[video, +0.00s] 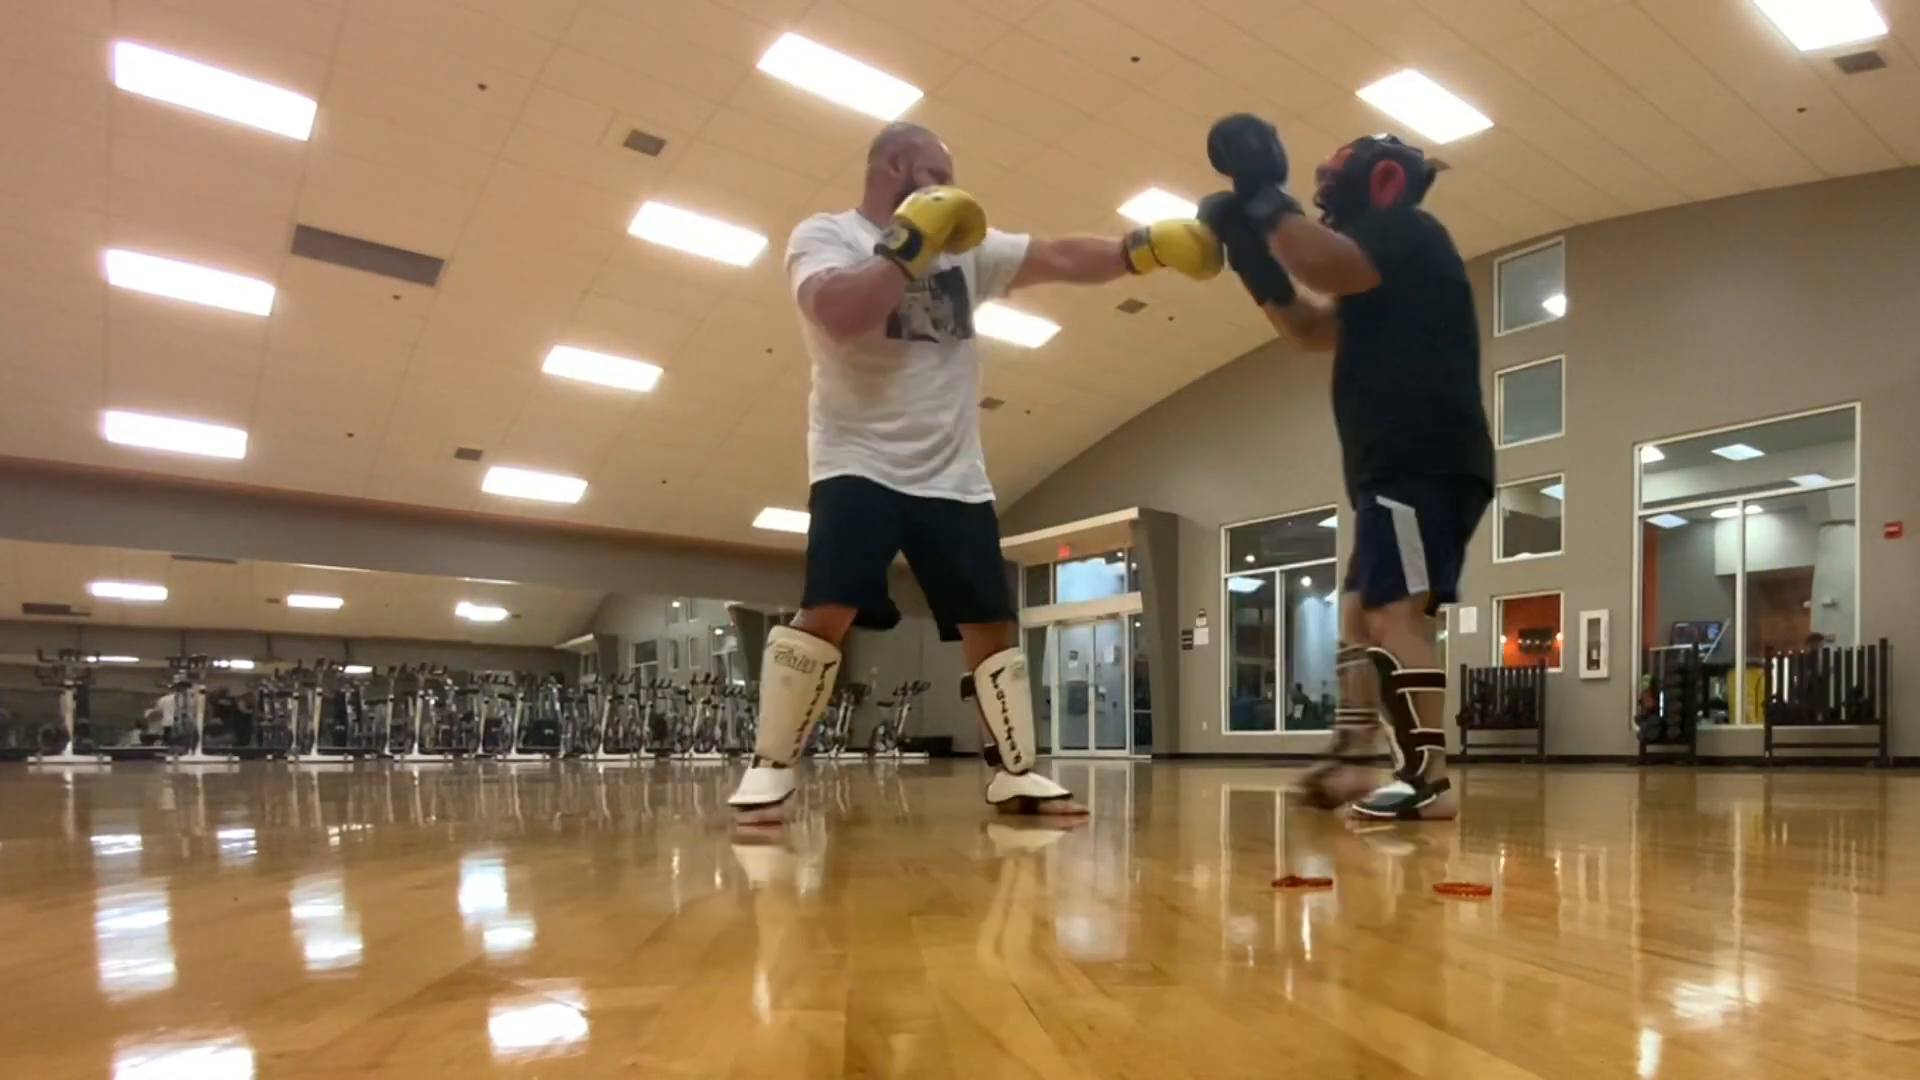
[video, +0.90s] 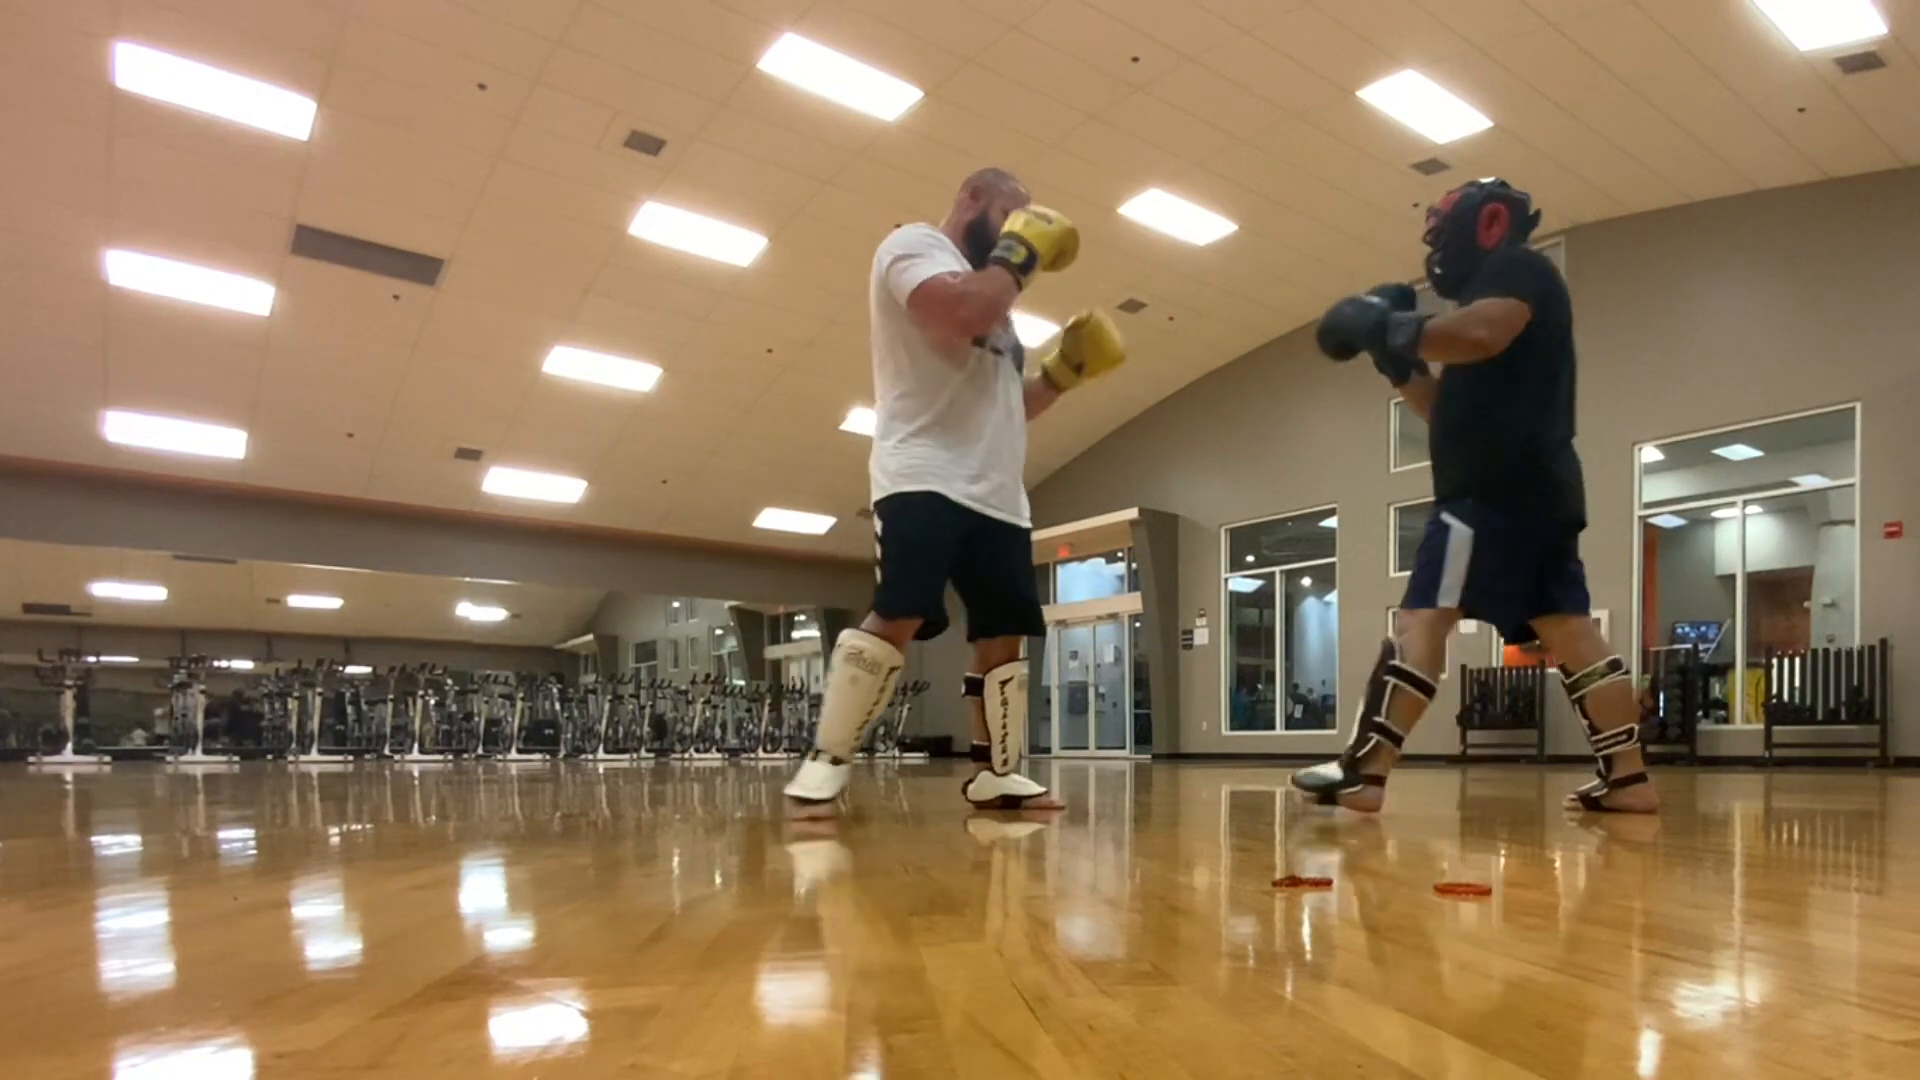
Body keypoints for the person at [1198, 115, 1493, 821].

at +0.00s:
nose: (1324, 202)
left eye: (1333, 188)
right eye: (1323, 191)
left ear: (1376, 180)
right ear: (1382, 186)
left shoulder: (1409, 231)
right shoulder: (1379, 276)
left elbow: (1327, 263)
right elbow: (1309, 331)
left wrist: (1265, 197)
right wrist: (1251, 259)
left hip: (1425, 453)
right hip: (1391, 461)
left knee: (1396, 614)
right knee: (1361, 610)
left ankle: (1429, 778)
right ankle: (1356, 757)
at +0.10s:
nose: (1354, 189)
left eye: (1367, 175)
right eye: (1356, 180)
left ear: (1418, 178)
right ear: (1419, 183)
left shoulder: (1451, 232)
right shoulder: (1410, 259)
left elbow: (1397, 276)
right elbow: (1349, 331)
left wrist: (1315, 213)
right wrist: (1288, 289)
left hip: (1446, 455)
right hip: (1432, 457)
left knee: (1415, 609)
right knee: (1422, 609)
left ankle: (1427, 777)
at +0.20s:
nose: (1387, 193)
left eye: (1401, 177)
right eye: (1389, 182)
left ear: (1452, 184)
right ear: (1454, 189)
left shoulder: (1480, 235)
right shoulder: (1433, 284)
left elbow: (1465, 285)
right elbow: (1414, 392)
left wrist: (1372, 233)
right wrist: (1348, 350)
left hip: (1456, 462)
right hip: (1501, 464)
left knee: (1424, 612)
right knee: (1497, 617)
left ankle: (1430, 779)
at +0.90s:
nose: (1431, 237)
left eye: (1444, 221)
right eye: (1433, 225)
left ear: (1491, 223)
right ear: (1492, 227)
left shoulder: (1518, 267)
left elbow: (1485, 333)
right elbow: (1450, 409)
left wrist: (1391, 326)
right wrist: (1397, 359)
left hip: (1486, 489)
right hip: (1540, 494)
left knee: (1423, 621)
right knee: (1570, 635)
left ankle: (1365, 773)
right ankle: (1629, 782)